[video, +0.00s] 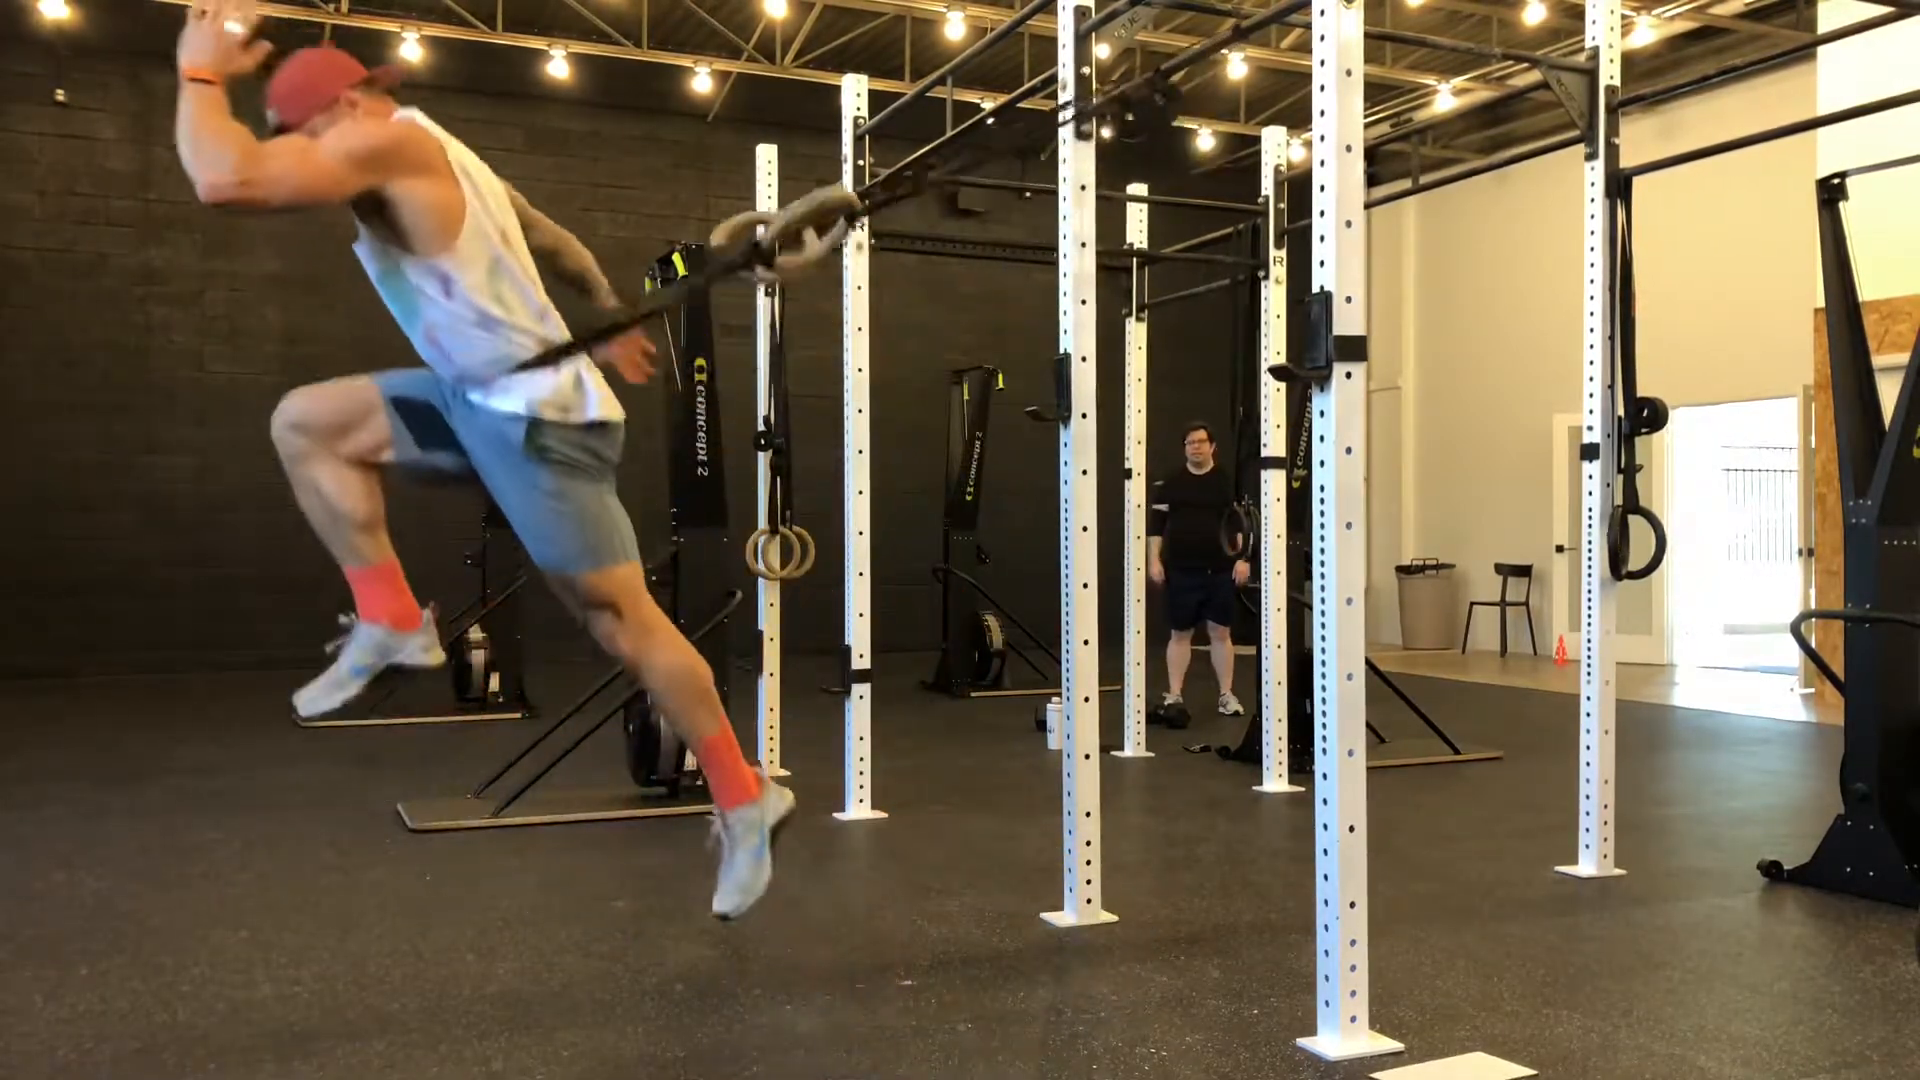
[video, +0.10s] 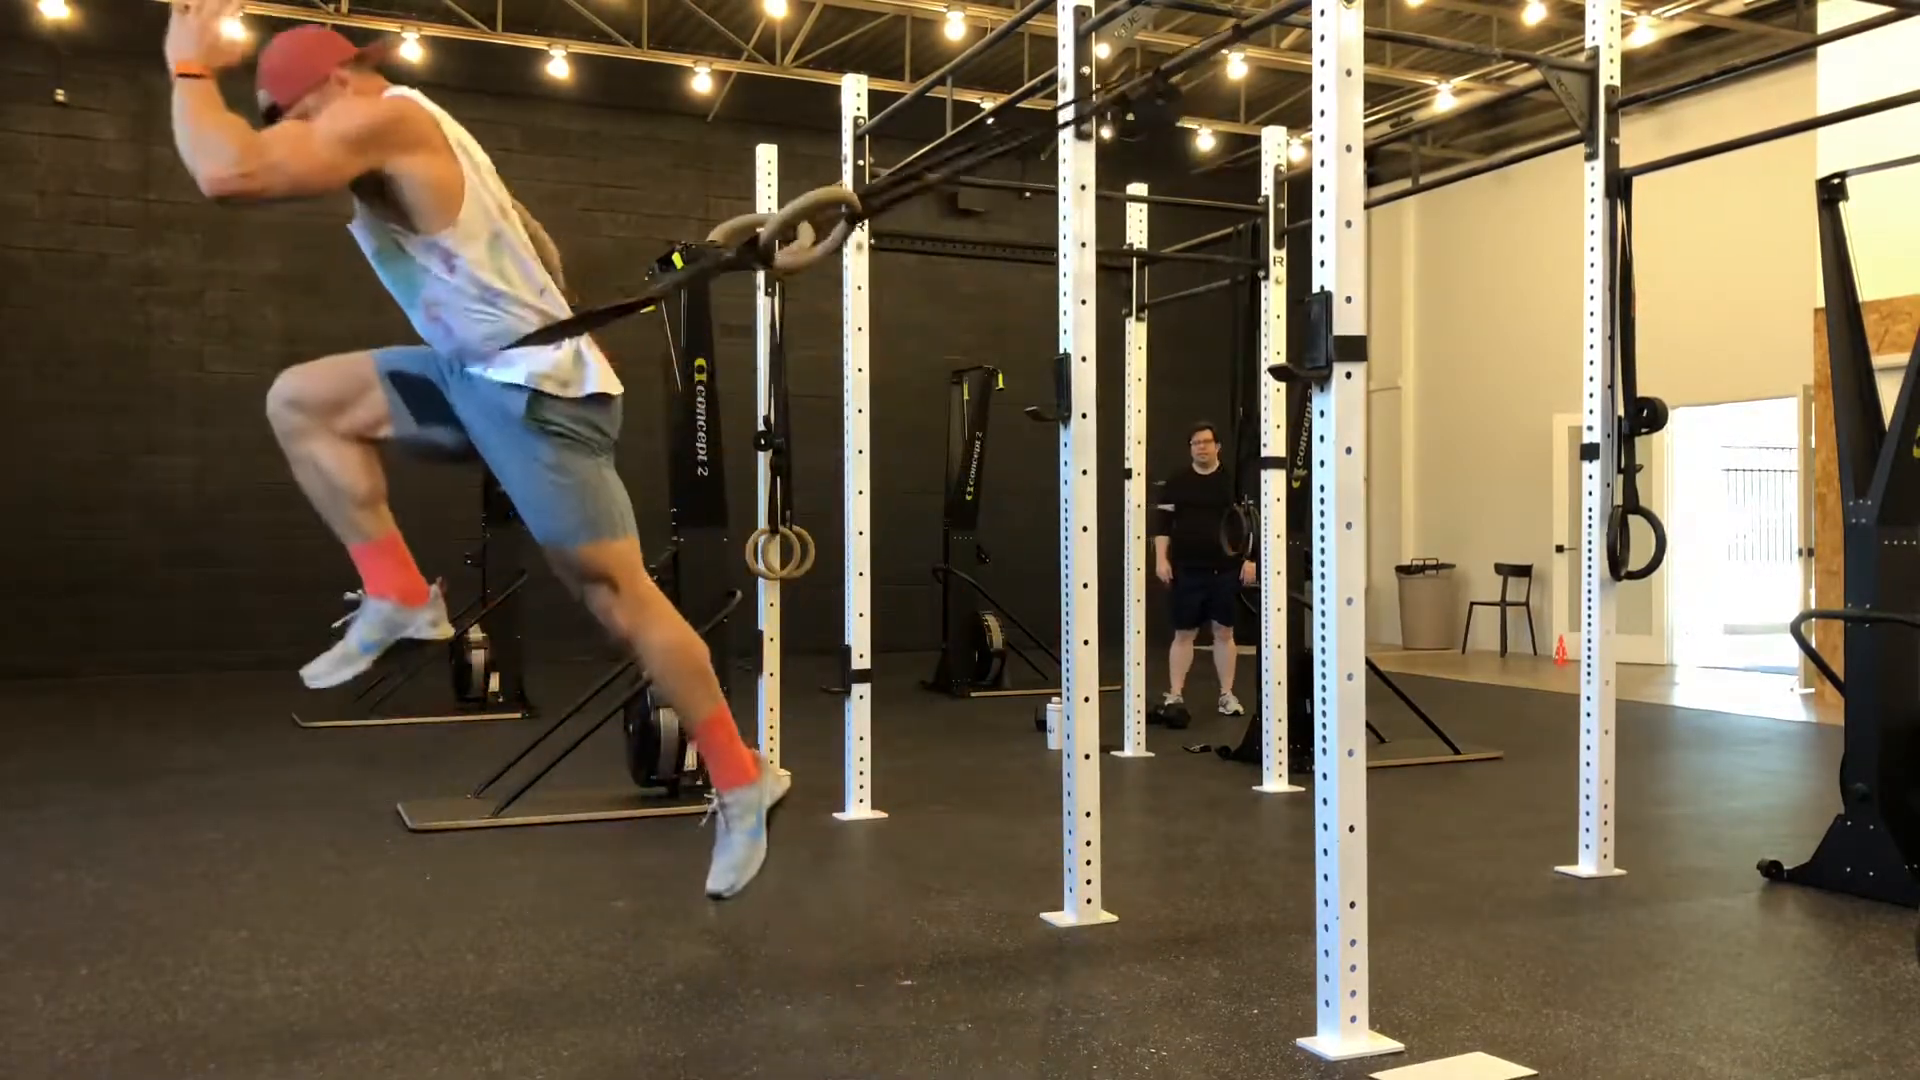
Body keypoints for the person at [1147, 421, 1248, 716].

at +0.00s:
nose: (1194, 448)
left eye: (1200, 442)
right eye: (1190, 443)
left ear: (1212, 447)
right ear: (1184, 448)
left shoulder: (1227, 483)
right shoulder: (1172, 483)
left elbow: (1242, 524)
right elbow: (1156, 525)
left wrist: (1243, 557)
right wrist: (1154, 558)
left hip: (1219, 569)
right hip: (1180, 569)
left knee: (1220, 633)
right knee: (1180, 634)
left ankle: (1226, 694)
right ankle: (1174, 694)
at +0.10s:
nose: (1201, 448)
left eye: (1206, 443)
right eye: (1196, 443)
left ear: (1217, 446)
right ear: (1190, 448)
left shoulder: (1233, 481)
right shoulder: (1176, 482)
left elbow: (1251, 521)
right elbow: (1162, 524)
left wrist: (1250, 558)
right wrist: (1161, 558)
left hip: (1224, 568)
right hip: (1186, 567)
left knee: (1224, 632)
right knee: (1184, 633)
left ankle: (1227, 694)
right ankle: (1174, 695)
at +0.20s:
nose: (1205, 448)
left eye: (1211, 443)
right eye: (1201, 443)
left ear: (1222, 447)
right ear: (1194, 448)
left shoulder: (1237, 482)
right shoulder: (1180, 483)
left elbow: (1254, 521)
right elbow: (1166, 524)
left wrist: (1253, 558)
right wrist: (1165, 558)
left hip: (1228, 569)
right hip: (1189, 568)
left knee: (1227, 632)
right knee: (1186, 633)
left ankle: (1227, 694)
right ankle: (1175, 694)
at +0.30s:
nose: (1210, 448)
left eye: (1215, 443)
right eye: (1205, 443)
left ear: (1226, 447)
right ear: (1198, 448)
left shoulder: (1239, 482)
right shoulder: (1184, 482)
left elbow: (1255, 521)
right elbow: (1169, 525)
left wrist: (1255, 557)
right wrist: (1168, 560)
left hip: (1230, 568)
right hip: (1192, 567)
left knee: (1228, 632)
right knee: (1187, 633)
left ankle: (1227, 694)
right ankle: (1175, 693)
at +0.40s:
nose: (1216, 449)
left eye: (1221, 443)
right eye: (1210, 444)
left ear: (1230, 447)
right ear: (1202, 448)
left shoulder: (1243, 481)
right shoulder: (1188, 482)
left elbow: (1258, 521)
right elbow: (1172, 523)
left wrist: (1256, 558)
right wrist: (1170, 559)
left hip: (1233, 569)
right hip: (1195, 568)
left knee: (1230, 633)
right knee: (1189, 632)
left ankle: (1228, 695)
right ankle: (1174, 693)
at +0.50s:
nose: (1217, 449)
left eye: (1223, 443)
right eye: (1213, 444)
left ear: (1233, 447)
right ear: (1205, 449)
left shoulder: (1246, 480)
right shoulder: (1192, 482)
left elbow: (1261, 521)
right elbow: (1175, 523)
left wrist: (1259, 561)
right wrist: (1172, 559)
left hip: (1235, 569)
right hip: (1197, 568)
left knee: (1231, 632)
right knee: (1190, 631)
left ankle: (1228, 696)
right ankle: (1174, 692)